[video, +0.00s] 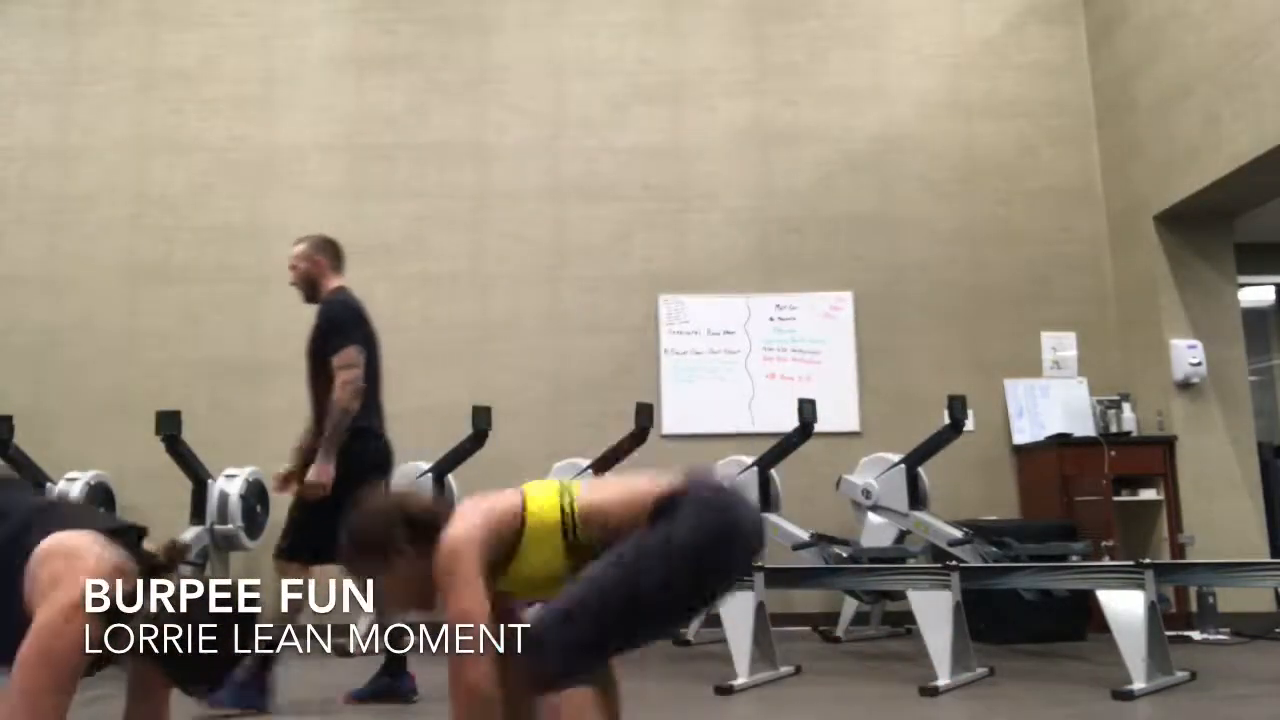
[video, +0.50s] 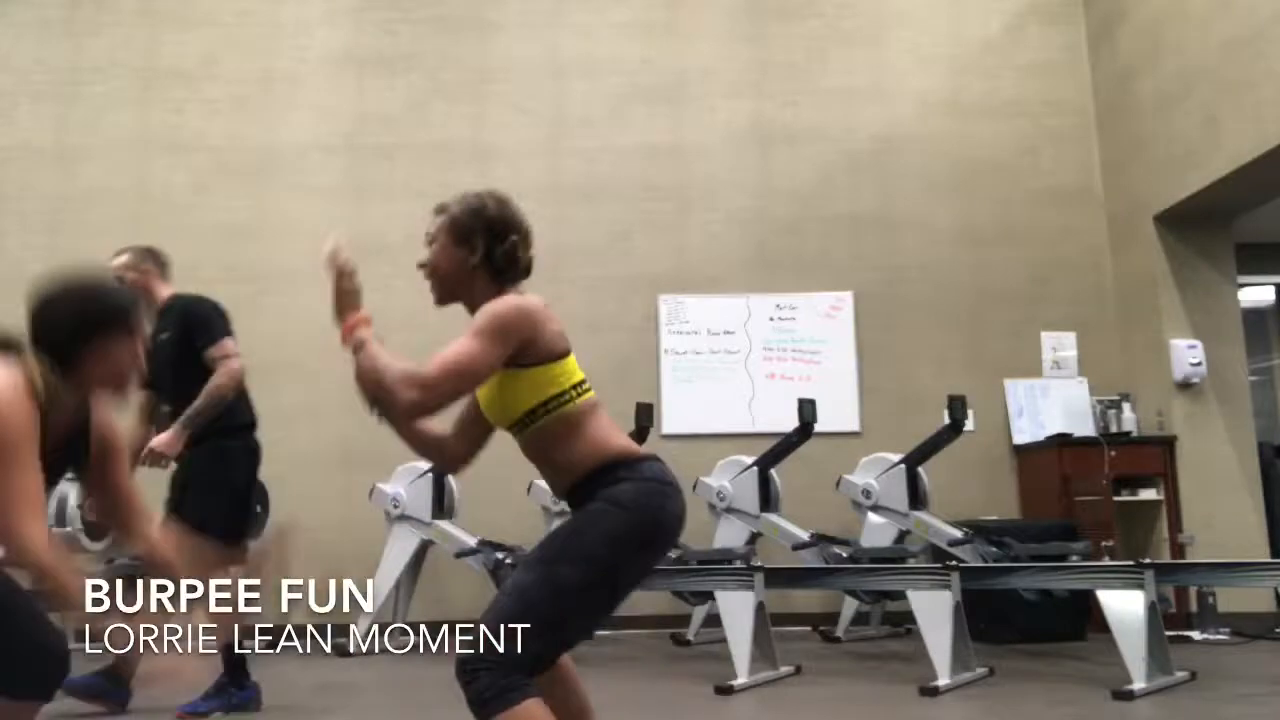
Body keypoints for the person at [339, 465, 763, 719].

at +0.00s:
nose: (382, 600)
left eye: (375, 582)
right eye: (370, 586)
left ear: (402, 554)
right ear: (407, 549)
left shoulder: (460, 539)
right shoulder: (473, 548)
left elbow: (475, 683)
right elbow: (497, 671)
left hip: (707, 518)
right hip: (710, 522)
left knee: (558, 644)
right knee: (562, 641)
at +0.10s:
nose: (376, 513)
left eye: (379, 495)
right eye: (371, 497)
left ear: (415, 482)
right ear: (425, 477)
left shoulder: (475, 505)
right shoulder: (477, 512)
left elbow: (446, 653)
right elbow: (497, 645)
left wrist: (409, 712)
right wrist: (500, 707)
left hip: (707, 559)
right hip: (706, 559)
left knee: (523, 664)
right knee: (552, 652)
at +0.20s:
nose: (384, 423)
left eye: (392, 407)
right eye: (383, 409)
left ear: (427, 401)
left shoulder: (483, 440)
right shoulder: (483, 460)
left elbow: (421, 581)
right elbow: (498, 601)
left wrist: (332, 605)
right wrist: (454, 670)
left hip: (690, 548)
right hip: (682, 548)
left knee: (511, 664)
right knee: (539, 648)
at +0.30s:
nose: (395, 337)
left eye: (406, 320)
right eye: (398, 321)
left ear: (446, 326)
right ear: (445, 328)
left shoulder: (499, 375)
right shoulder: (498, 398)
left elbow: (429, 495)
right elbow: (492, 535)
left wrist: (349, 489)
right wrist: (407, 555)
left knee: (499, 662)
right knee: (525, 641)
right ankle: (582, 714)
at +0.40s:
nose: (413, 284)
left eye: (424, 268)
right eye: (417, 269)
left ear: (463, 274)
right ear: (466, 275)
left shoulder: (511, 333)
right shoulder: (503, 360)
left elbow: (422, 428)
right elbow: (470, 482)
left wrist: (348, 386)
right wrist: (384, 453)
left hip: (644, 507)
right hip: (628, 511)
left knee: (492, 666)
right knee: (524, 649)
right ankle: (576, 714)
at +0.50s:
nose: (424, 261)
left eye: (435, 244)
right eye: (428, 245)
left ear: (473, 253)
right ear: (474, 254)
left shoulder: (513, 313)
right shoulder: (508, 344)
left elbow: (410, 392)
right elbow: (452, 452)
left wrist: (356, 328)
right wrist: (385, 405)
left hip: (630, 497)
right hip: (618, 501)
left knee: (486, 665)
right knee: (528, 643)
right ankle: (578, 716)